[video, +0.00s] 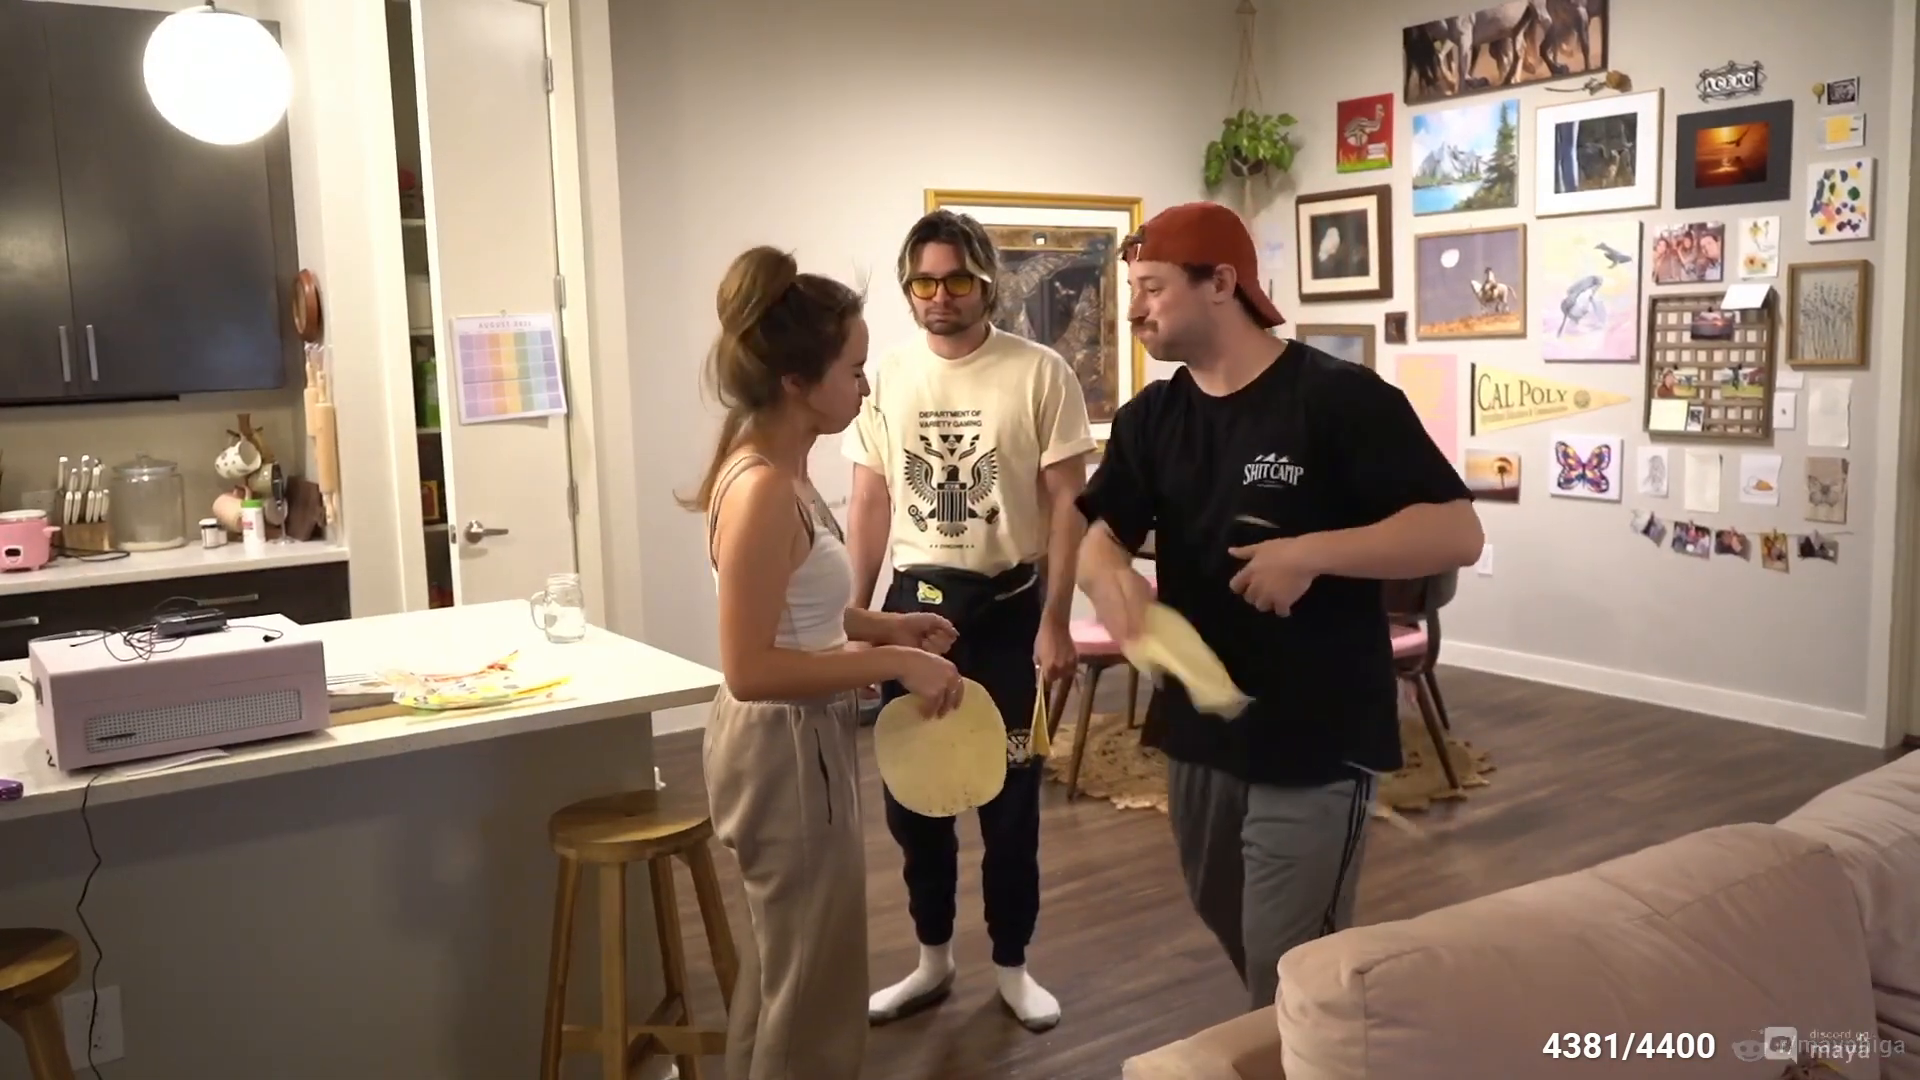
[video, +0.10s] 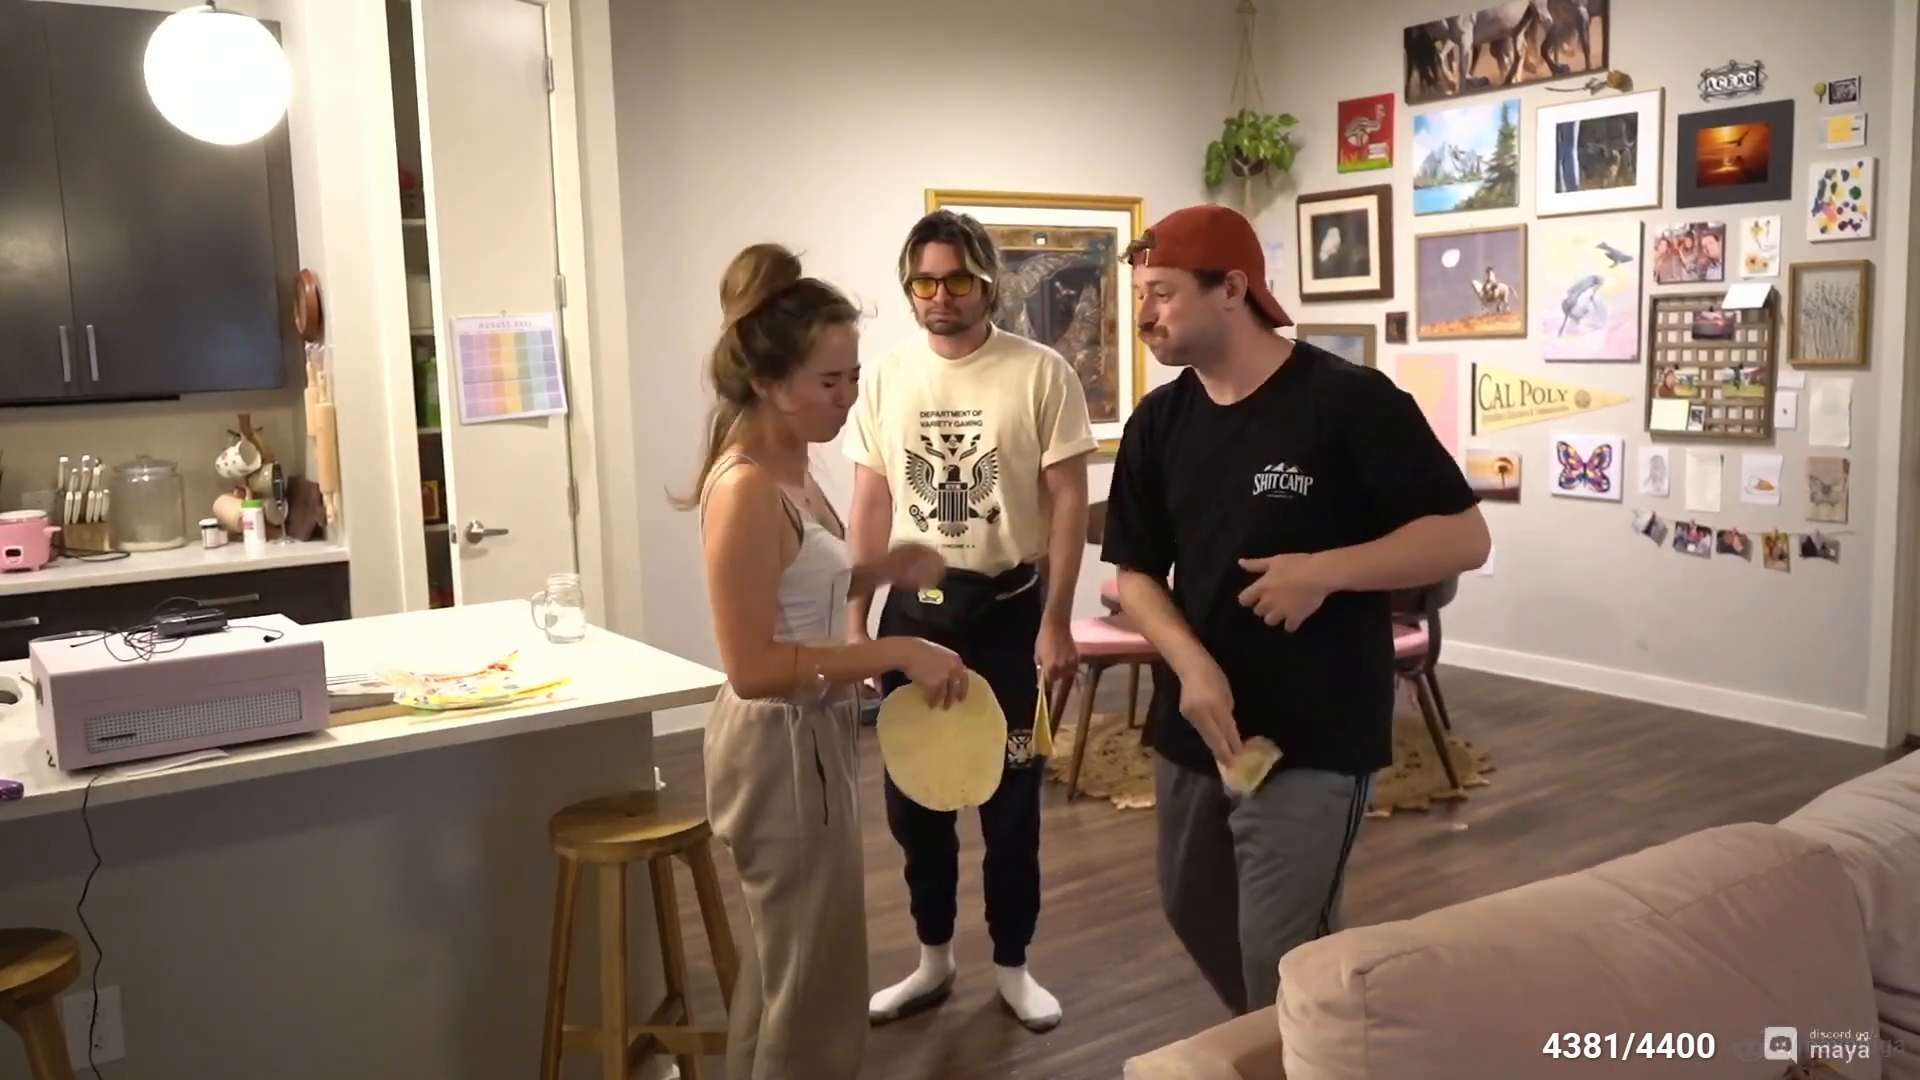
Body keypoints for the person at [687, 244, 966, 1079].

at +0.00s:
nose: (866, 382)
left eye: (864, 365)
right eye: (855, 369)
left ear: (796, 382)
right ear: (797, 382)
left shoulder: (783, 473)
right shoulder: (761, 489)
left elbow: (797, 616)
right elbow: (750, 671)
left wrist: (888, 627)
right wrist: (896, 663)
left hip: (798, 739)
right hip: (782, 751)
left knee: (795, 970)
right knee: (811, 983)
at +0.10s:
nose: (849, 395)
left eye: (853, 376)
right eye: (833, 381)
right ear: (770, 383)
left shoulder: (795, 465)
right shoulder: (745, 486)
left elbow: (802, 591)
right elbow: (753, 668)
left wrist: (885, 564)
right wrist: (898, 652)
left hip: (809, 735)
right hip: (777, 749)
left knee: (806, 970)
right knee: (805, 982)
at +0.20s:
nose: (796, 413)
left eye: (812, 390)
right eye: (774, 394)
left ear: (831, 377)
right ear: (734, 384)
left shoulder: (804, 462)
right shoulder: (723, 479)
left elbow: (883, 555)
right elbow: (749, 649)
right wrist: (895, 623)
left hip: (820, 724)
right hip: (771, 737)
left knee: (837, 971)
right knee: (822, 981)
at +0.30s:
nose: (765, 410)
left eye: (782, 385)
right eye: (742, 392)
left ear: (808, 376)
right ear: (710, 390)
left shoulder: (809, 444)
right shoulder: (707, 476)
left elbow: (881, 564)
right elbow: (726, 645)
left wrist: (815, 452)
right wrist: (869, 618)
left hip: (820, 712)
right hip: (755, 728)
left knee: (841, 948)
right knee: (805, 965)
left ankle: (833, 1065)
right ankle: (803, 1073)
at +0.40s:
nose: (735, 419)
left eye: (752, 393)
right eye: (713, 402)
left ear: (787, 382)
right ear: (687, 402)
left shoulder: (820, 445)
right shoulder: (684, 488)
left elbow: (863, 587)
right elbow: (697, 654)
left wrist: (789, 473)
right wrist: (827, 629)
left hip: (815, 713)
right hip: (730, 727)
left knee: (830, 943)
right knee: (785, 966)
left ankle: (815, 1064)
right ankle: (795, 1070)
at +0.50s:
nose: (704, 431)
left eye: (719, 406)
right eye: (683, 415)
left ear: (768, 395)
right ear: (666, 415)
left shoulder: (816, 462)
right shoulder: (665, 497)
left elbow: (831, 621)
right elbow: (669, 660)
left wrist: (765, 491)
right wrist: (783, 649)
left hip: (817, 731)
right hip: (715, 743)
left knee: (826, 988)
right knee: (774, 1010)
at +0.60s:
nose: (661, 455)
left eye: (679, 432)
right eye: (646, 436)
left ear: (743, 423)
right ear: (637, 429)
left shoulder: (801, 478)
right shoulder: (644, 513)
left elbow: (794, 642)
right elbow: (646, 672)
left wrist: (736, 513)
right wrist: (734, 677)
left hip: (811, 749)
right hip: (702, 759)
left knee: (818, 1002)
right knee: (742, 1031)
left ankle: (803, 1075)